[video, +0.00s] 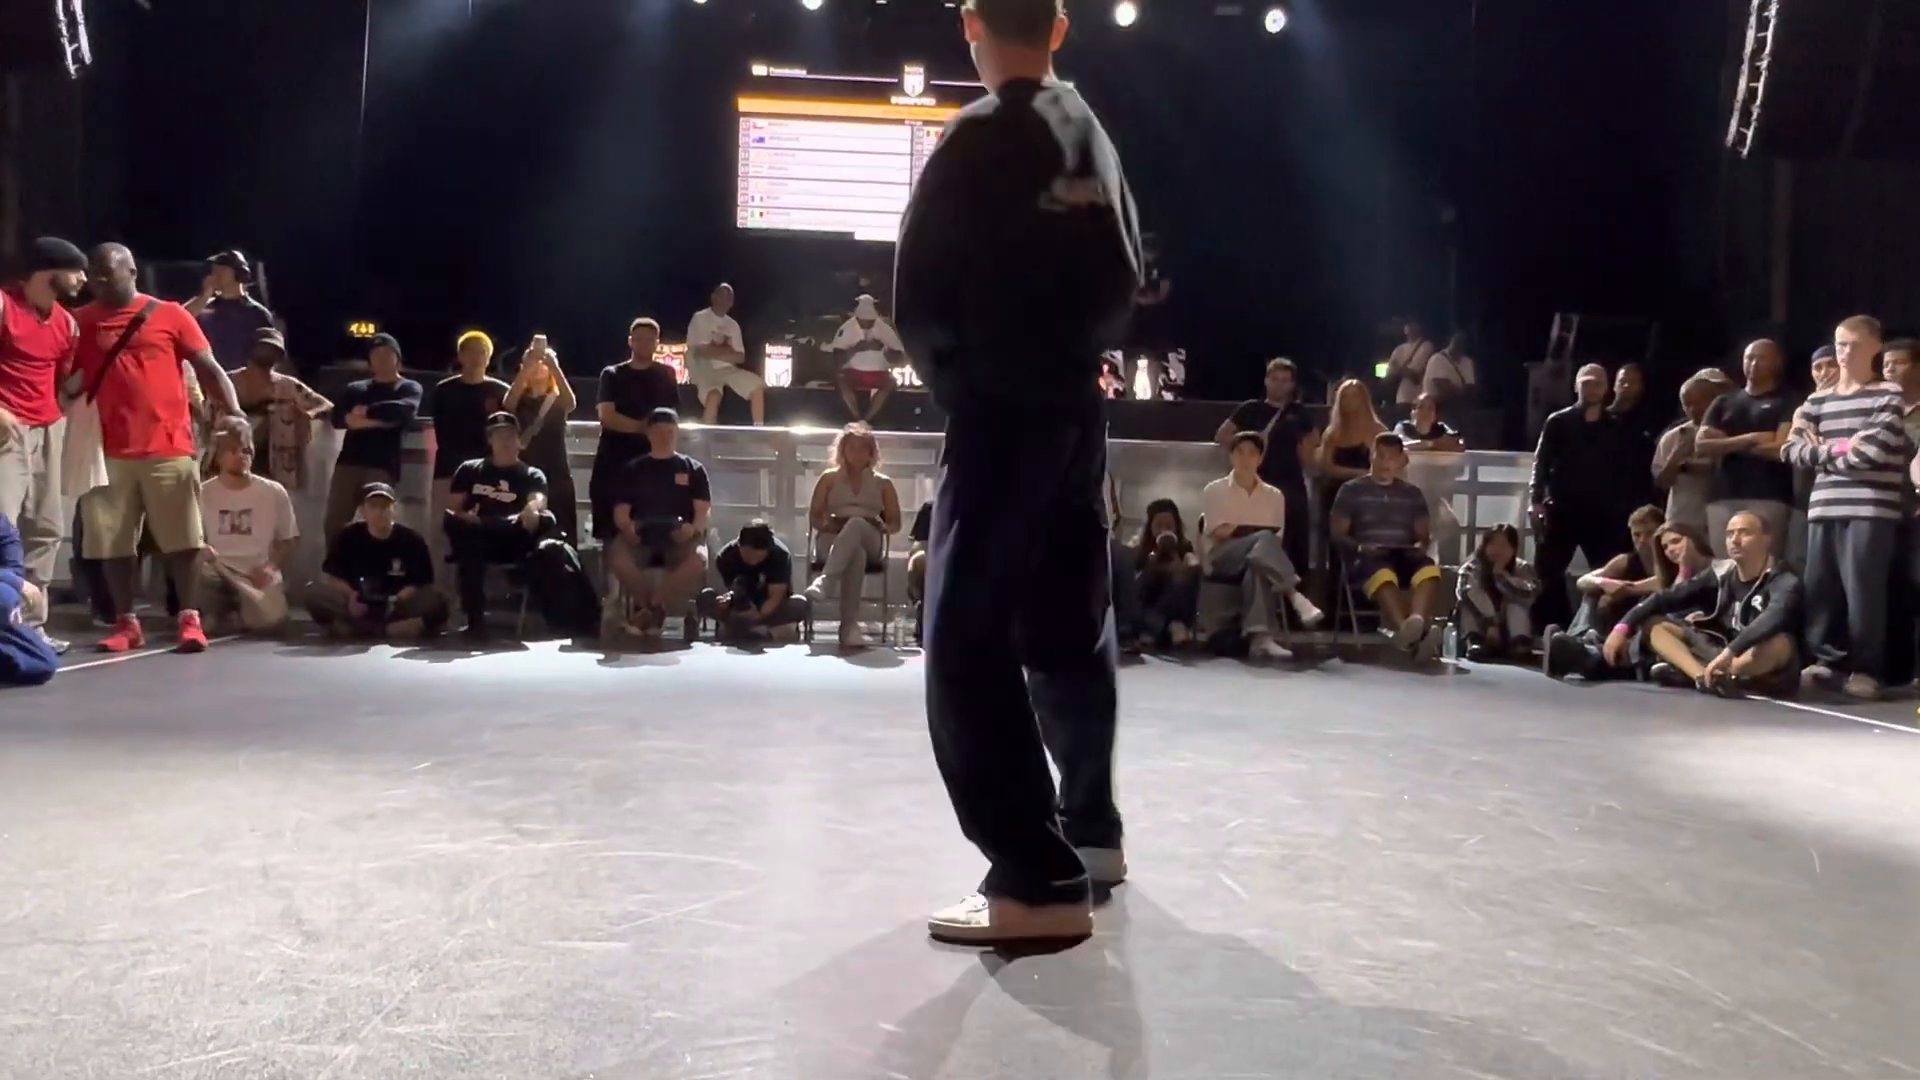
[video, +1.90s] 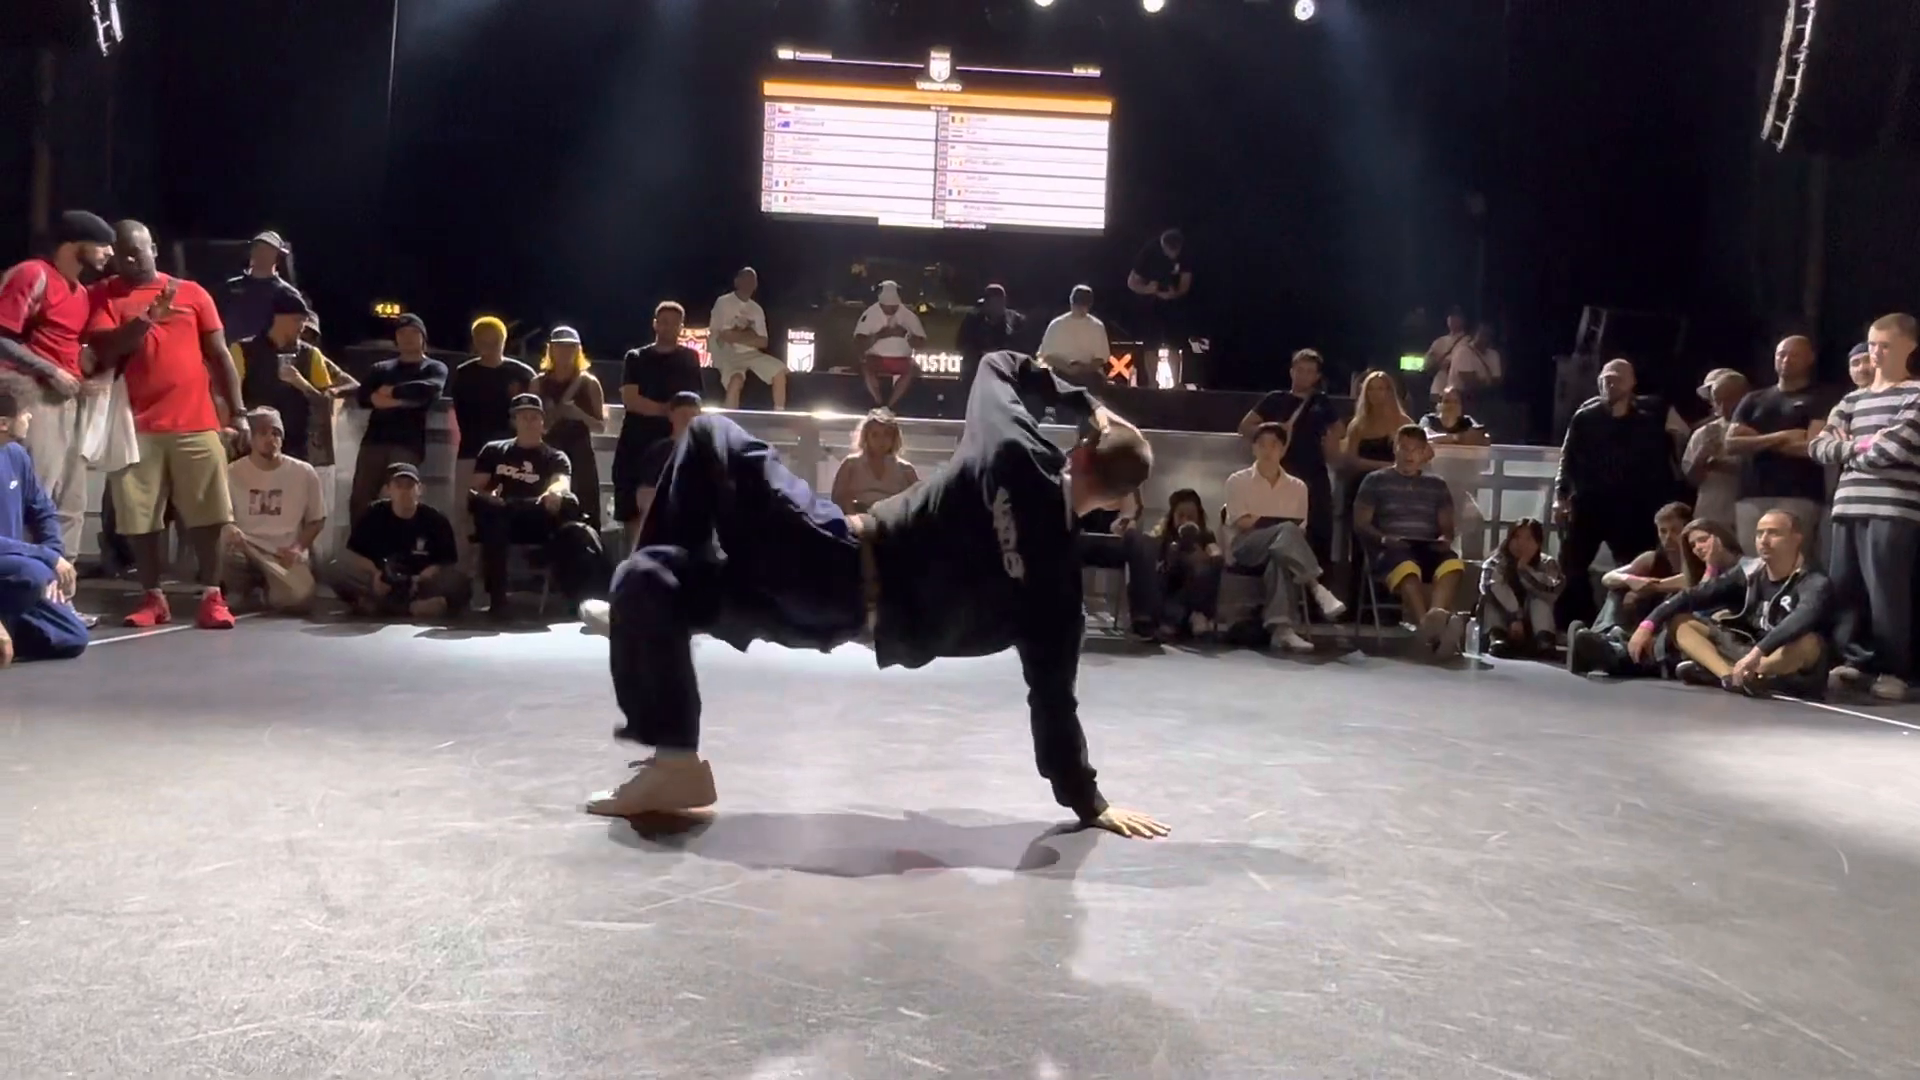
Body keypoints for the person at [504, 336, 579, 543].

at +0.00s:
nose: (539, 369)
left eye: (544, 364)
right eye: (533, 364)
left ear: (552, 370)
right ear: (523, 369)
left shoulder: (558, 398)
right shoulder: (517, 399)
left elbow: (570, 403)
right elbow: (508, 406)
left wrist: (554, 367)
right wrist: (526, 366)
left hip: (555, 468)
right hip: (524, 469)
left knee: (563, 530)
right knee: (525, 529)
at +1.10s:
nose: (552, 361)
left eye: (558, 356)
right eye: (546, 355)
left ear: (567, 359)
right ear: (538, 359)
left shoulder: (579, 391)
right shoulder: (529, 389)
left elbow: (584, 423)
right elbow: (525, 425)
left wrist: (566, 386)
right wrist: (541, 390)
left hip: (570, 463)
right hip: (539, 462)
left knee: (577, 523)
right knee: (540, 522)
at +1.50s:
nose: (558, 356)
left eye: (563, 351)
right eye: (553, 350)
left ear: (572, 355)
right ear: (545, 354)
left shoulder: (584, 386)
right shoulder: (535, 384)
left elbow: (592, 427)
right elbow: (532, 426)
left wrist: (574, 409)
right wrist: (553, 411)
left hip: (574, 454)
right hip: (544, 453)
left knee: (581, 513)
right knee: (543, 512)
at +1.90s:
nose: (564, 352)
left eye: (570, 347)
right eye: (559, 346)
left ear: (577, 351)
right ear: (550, 349)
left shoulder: (589, 383)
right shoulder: (538, 382)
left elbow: (601, 426)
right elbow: (533, 425)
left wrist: (579, 414)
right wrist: (552, 416)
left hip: (579, 450)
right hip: (547, 449)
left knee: (585, 509)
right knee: (547, 509)